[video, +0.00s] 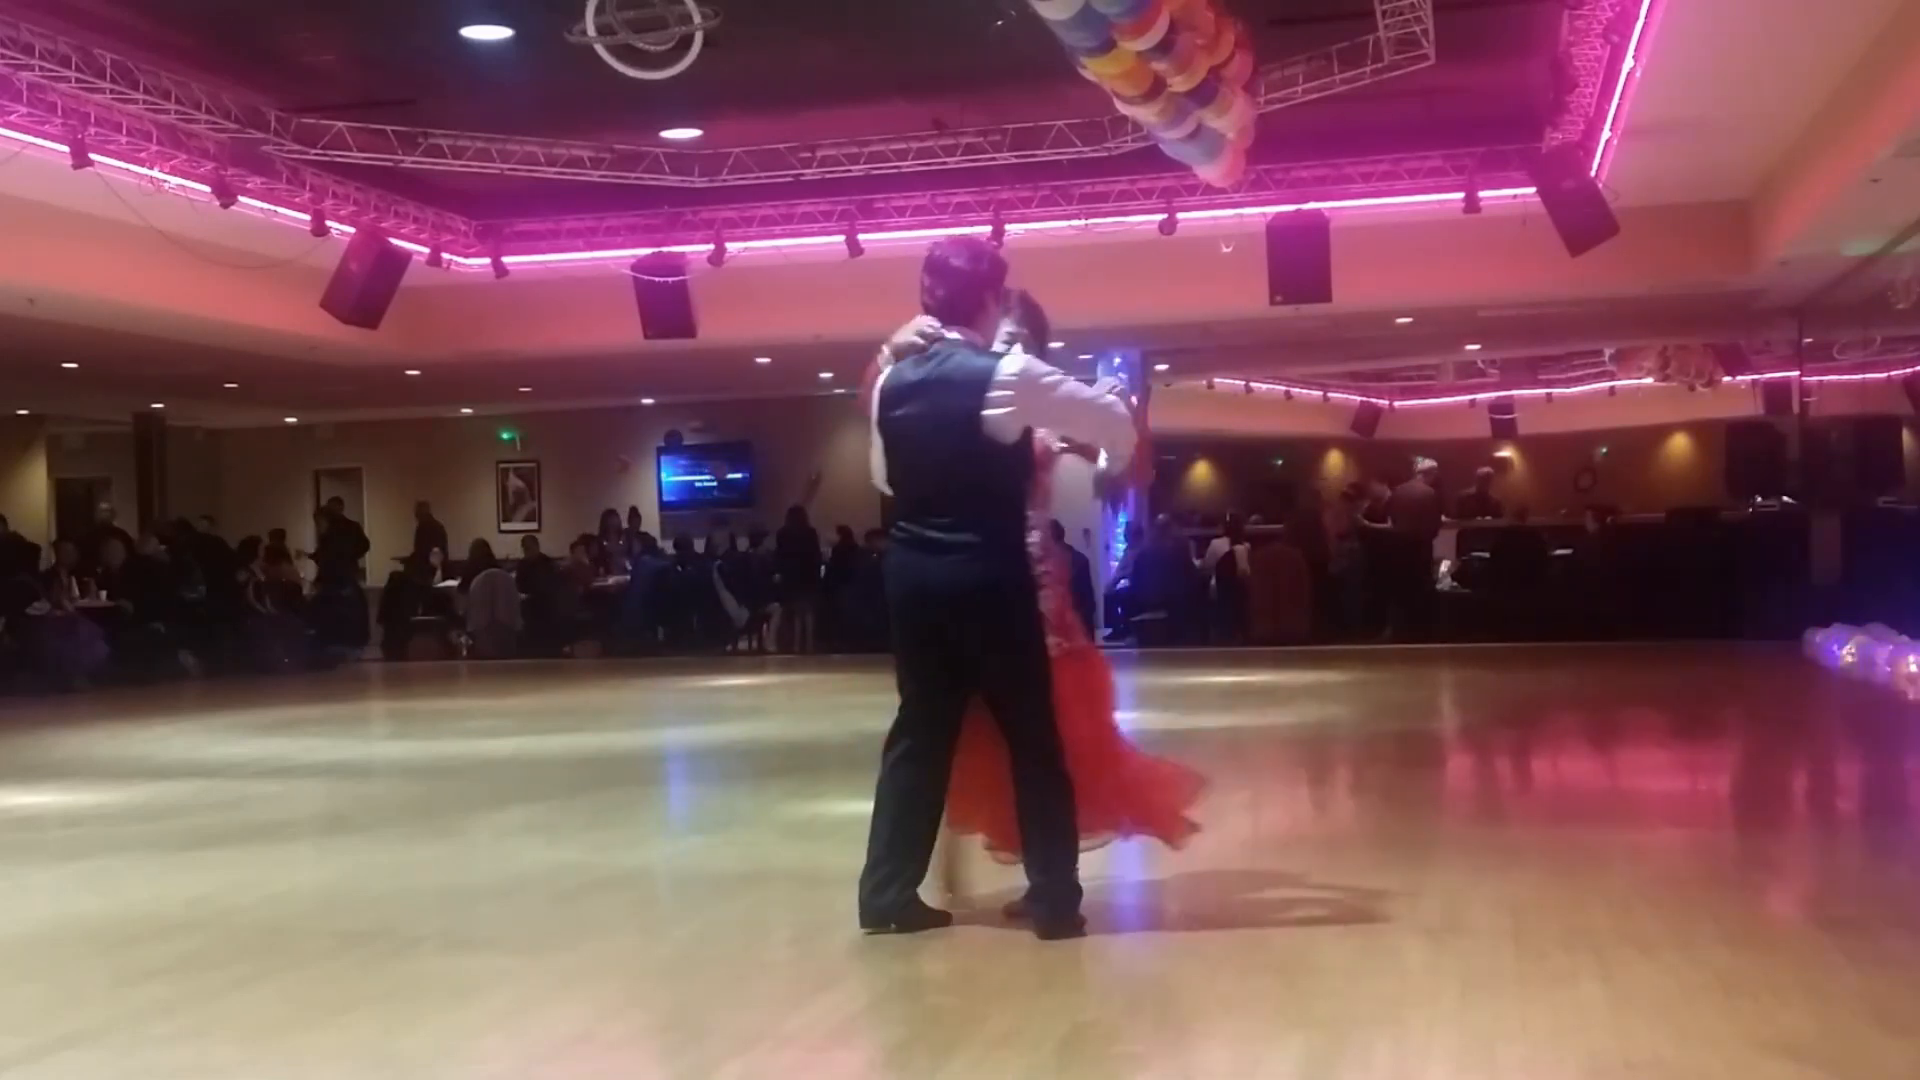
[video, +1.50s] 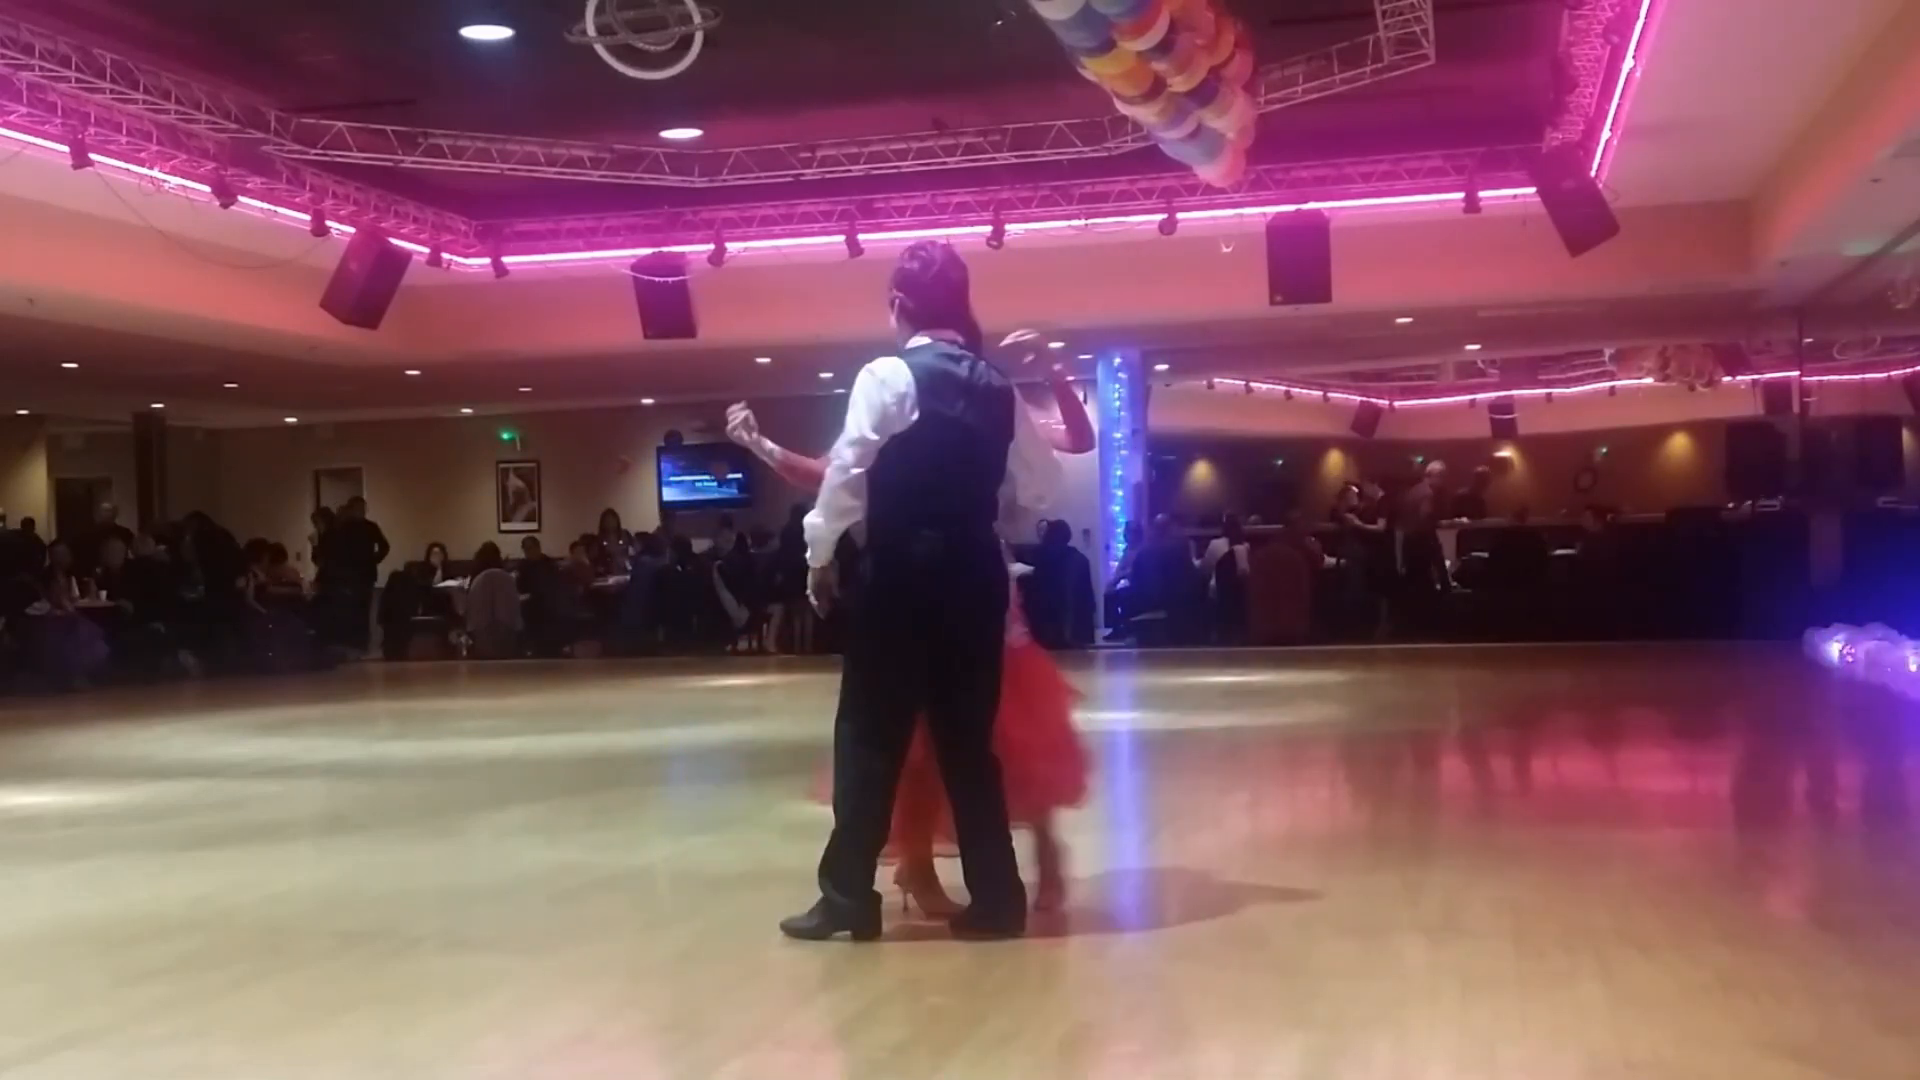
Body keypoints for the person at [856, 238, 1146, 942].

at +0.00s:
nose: (1006, 308)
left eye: (1002, 296)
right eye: (1001, 296)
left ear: (926, 301)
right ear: (992, 300)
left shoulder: (891, 378)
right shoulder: (1011, 373)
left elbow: (884, 476)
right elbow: (1117, 426)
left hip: (913, 565)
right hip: (990, 568)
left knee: (920, 726)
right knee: (1032, 731)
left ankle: (886, 895)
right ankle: (1055, 902)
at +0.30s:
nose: (973, 313)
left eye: (971, 303)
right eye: (970, 303)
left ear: (900, 295)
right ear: (957, 304)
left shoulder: (861, 378)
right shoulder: (953, 368)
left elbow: (835, 474)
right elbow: (1044, 381)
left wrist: (900, 477)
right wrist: (1130, 387)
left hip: (873, 561)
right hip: (938, 565)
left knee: (888, 723)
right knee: (958, 730)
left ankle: (880, 894)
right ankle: (897, 887)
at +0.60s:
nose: (965, 316)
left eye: (963, 305)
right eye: (963, 304)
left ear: (893, 302)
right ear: (954, 305)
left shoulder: (859, 381)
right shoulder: (949, 373)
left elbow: (791, 472)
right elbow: (1046, 379)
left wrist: (781, 471)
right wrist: (1157, 359)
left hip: (871, 563)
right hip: (919, 565)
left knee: (907, 728)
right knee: (883, 726)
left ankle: (887, 894)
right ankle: (788, 884)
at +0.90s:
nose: (951, 317)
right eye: (955, 306)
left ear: (891, 309)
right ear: (955, 311)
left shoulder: (854, 388)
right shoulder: (961, 381)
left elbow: (781, 473)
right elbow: (1043, 431)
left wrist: (782, 467)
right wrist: (1138, 452)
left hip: (865, 565)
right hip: (929, 570)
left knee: (890, 727)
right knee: (916, 735)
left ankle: (882, 888)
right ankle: (843, 885)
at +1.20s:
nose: (876, 304)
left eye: (876, 292)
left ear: (876, 303)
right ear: (943, 306)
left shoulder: (843, 386)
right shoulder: (979, 382)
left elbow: (813, 492)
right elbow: (1050, 458)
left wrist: (838, 532)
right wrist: (989, 514)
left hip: (871, 578)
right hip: (959, 579)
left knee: (864, 736)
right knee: (968, 742)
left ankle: (866, 902)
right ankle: (986, 903)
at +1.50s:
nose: (887, 311)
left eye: (890, 302)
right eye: (891, 301)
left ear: (902, 306)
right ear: (963, 309)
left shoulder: (886, 375)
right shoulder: (998, 385)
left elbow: (848, 473)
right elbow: (1032, 486)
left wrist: (819, 554)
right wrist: (1002, 538)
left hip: (897, 569)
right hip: (976, 567)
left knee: (869, 733)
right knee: (969, 738)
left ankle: (847, 897)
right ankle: (999, 900)